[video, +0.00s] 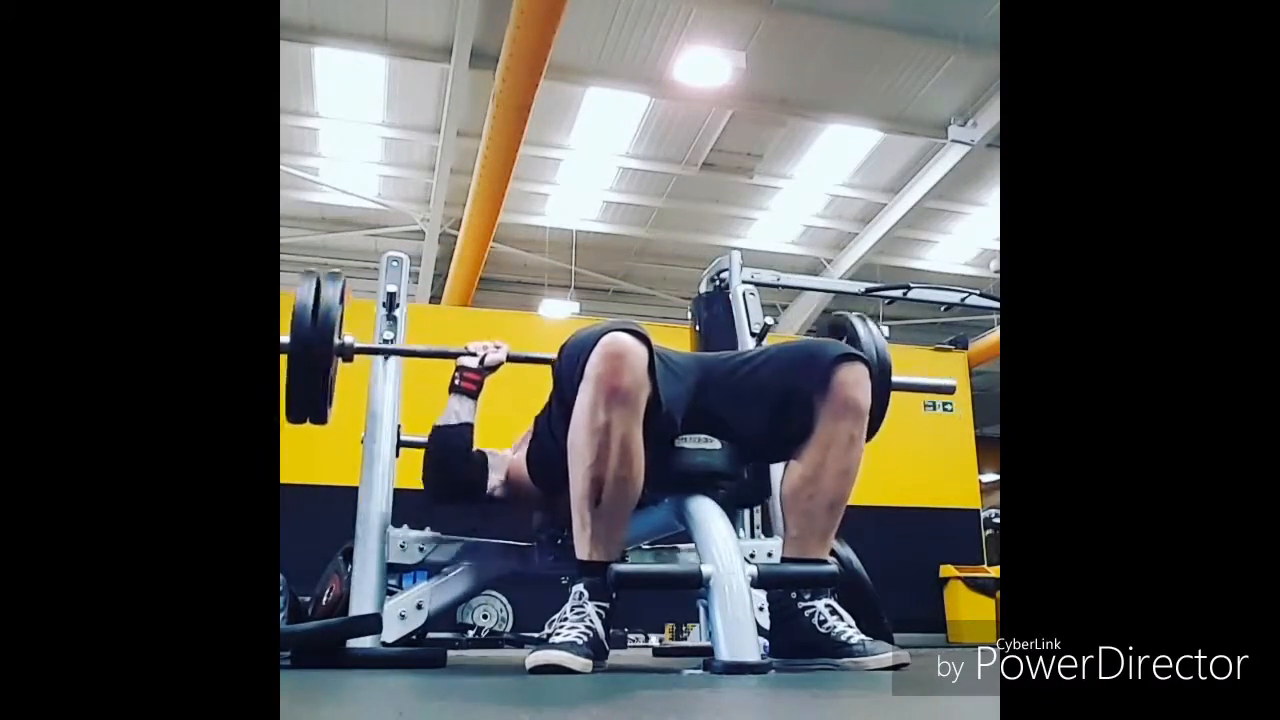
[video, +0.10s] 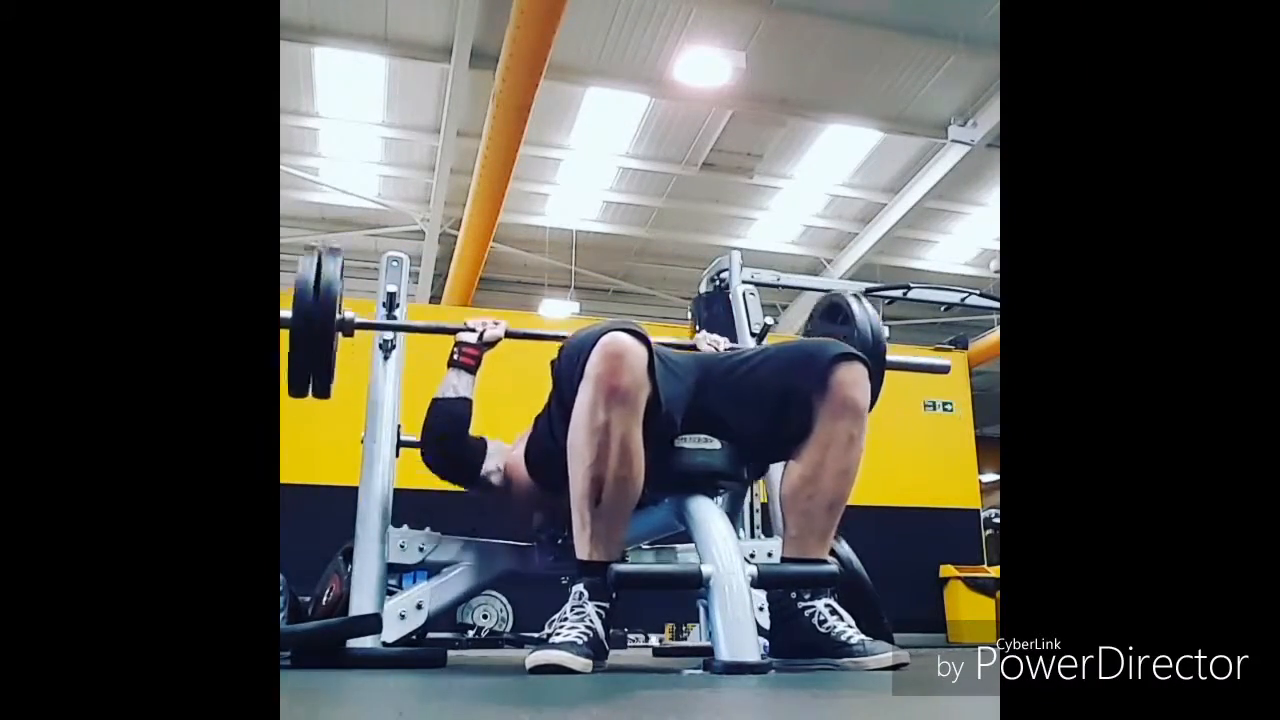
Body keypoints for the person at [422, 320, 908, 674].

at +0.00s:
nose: (481, 460)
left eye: (478, 462)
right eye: (482, 476)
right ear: (496, 493)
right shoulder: (528, 480)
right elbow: (447, 479)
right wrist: (465, 384)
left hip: (700, 373)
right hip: (625, 357)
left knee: (847, 376)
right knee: (617, 357)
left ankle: (801, 607)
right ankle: (588, 606)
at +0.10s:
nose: (490, 456)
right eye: (491, 472)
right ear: (503, 481)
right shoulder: (526, 462)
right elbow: (442, 445)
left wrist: (716, 356)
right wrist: (466, 356)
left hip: (704, 379)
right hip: (631, 362)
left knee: (844, 374)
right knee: (617, 354)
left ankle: (800, 608)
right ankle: (588, 604)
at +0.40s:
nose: (495, 439)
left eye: (497, 438)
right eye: (490, 445)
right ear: (496, 466)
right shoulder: (521, 476)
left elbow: (728, 387)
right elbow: (460, 389)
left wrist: (713, 313)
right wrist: (467, 290)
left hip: (694, 385)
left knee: (837, 374)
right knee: (619, 352)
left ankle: (801, 611)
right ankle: (584, 606)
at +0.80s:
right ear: (503, 472)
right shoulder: (510, 466)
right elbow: (442, 428)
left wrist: (720, 357)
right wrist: (465, 337)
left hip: (710, 389)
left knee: (844, 377)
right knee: (618, 355)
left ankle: (799, 610)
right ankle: (587, 607)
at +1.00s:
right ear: (496, 498)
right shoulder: (524, 480)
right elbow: (452, 501)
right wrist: (468, 406)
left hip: (707, 376)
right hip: (630, 358)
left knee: (850, 375)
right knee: (618, 357)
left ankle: (800, 607)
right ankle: (587, 606)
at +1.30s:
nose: (495, 456)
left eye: (494, 467)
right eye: (496, 475)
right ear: (511, 482)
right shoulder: (527, 460)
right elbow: (442, 443)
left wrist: (714, 354)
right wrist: (468, 355)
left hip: (700, 377)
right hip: (631, 360)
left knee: (845, 374)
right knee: (617, 355)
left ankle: (801, 609)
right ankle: (587, 606)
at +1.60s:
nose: (497, 441)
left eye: (496, 442)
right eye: (494, 448)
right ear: (503, 471)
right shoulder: (523, 465)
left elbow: (722, 383)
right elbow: (466, 377)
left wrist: (711, 311)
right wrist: (468, 283)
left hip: (685, 382)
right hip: (613, 364)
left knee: (844, 375)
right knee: (618, 351)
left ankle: (798, 607)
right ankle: (586, 605)